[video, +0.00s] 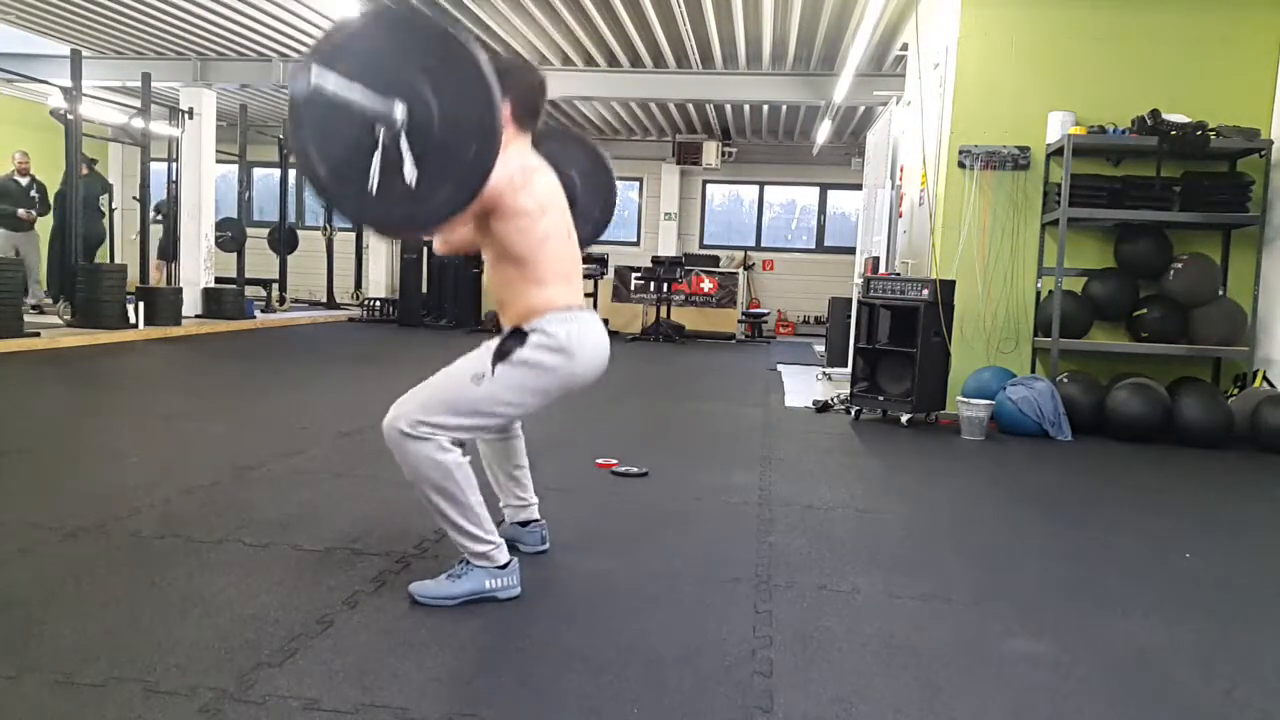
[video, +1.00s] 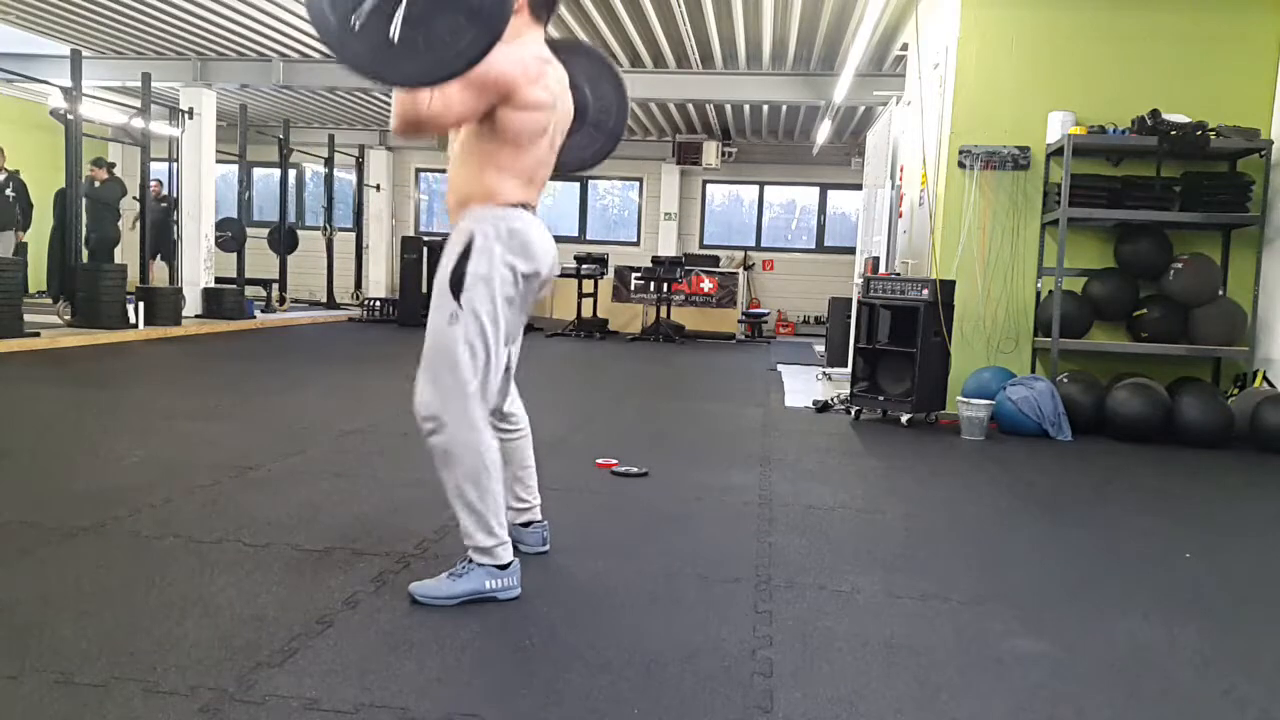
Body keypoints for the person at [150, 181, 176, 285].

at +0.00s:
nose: (171, 192)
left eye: (174, 189)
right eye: (169, 189)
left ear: (177, 190)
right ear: (166, 190)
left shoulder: (181, 203)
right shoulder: (161, 204)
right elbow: (152, 219)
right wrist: (164, 222)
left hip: (179, 237)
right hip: (166, 236)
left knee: (178, 264)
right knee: (160, 264)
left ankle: (177, 289)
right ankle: (153, 288)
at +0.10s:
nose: (173, 192)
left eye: (175, 189)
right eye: (171, 189)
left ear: (178, 190)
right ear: (167, 190)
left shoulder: (181, 204)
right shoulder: (163, 204)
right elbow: (155, 218)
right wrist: (165, 222)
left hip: (179, 236)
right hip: (167, 235)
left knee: (177, 264)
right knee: (160, 264)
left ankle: (177, 288)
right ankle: (153, 287)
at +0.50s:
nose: (173, 190)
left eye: (175, 188)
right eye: (171, 188)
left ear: (178, 189)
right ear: (167, 189)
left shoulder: (180, 203)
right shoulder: (162, 203)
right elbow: (159, 218)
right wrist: (164, 226)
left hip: (178, 235)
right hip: (165, 235)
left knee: (175, 262)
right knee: (157, 263)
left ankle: (175, 286)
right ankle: (153, 285)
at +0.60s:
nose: (168, 191)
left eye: (171, 188)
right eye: (166, 188)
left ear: (176, 190)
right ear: (163, 190)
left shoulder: (179, 204)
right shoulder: (158, 204)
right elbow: (154, 221)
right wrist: (153, 236)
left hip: (177, 236)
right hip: (163, 236)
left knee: (175, 264)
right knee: (156, 264)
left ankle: (175, 288)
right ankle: (153, 287)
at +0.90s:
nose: (156, 190)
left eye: (159, 187)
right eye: (154, 187)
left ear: (165, 188)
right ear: (152, 189)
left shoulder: (172, 201)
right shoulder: (150, 202)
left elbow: (176, 218)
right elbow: (144, 216)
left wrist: (177, 233)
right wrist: (141, 228)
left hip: (169, 233)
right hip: (154, 233)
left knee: (173, 261)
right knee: (151, 260)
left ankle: (173, 285)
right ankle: (149, 283)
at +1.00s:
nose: (153, 189)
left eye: (155, 186)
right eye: (151, 187)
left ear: (161, 188)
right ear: (149, 188)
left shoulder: (169, 200)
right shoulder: (148, 201)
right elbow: (141, 212)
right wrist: (134, 221)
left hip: (166, 235)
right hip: (151, 234)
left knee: (169, 261)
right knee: (149, 260)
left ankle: (172, 284)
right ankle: (149, 283)